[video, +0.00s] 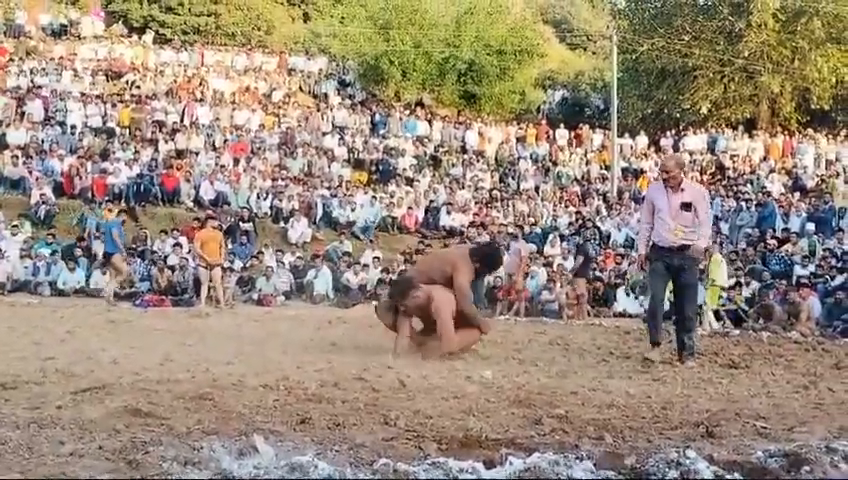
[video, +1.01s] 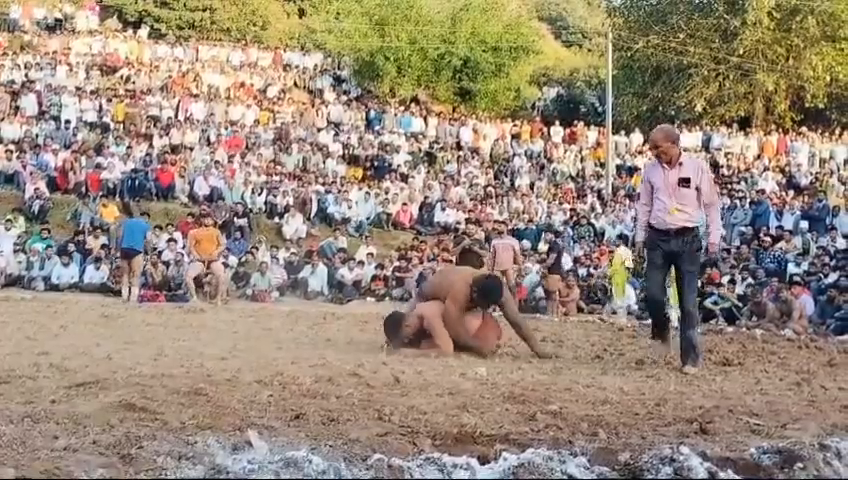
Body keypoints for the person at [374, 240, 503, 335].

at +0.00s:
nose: (486, 273)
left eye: (489, 271)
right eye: (487, 270)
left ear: (481, 253)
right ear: (481, 263)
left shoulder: (470, 251)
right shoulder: (462, 266)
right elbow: (465, 306)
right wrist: (480, 323)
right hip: (411, 285)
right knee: (385, 312)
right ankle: (416, 337)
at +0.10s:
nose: (496, 277)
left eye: (500, 274)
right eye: (498, 273)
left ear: (486, 254)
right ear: (490, 267)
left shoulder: (470, 251)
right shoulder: (471, 274)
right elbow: (473, 316)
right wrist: (490, 337)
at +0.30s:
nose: (513, 296)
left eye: (517, 293)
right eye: (513, 293)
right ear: (503, 286)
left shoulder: (499, 265)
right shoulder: (483, 285)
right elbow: (472, 322)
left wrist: (522, 316)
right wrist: (487, 343)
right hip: (425, 282)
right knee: (394, 310)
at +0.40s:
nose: (516, 304)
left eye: (520, 300)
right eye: (515, 299)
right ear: (504, 291)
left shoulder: (508, 276)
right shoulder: (486, 287)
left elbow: (526, 307)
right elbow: (473, 327)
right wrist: (489, 346)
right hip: (429, 281)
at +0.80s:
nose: (510, 311)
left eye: (514, 308)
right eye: (508, 308)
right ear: (497, 295)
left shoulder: (514, 283)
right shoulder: (478, 290)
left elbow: (525, 319)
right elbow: (458, 327)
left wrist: (541, 351)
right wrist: (480, 346)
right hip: (434, 279)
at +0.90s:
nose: (491, 311)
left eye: (498, 309)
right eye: (491, 307)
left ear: (509, 295)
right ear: (486, 295)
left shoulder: (504, 286)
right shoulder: (469, 290)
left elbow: (518, 320)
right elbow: (454, 329)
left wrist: (539, 350)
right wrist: (481, 348)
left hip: (452, 280)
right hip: (427, 285)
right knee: (421, 330)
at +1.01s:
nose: (485, 308)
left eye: (489, 305)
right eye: (483, 304)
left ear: (498, 293)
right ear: (474, 292)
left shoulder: (496, 285)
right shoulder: (459, 290)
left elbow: (515, 319)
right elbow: (453, 332)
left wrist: (537, 349)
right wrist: (478, 348)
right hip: (427, 294)